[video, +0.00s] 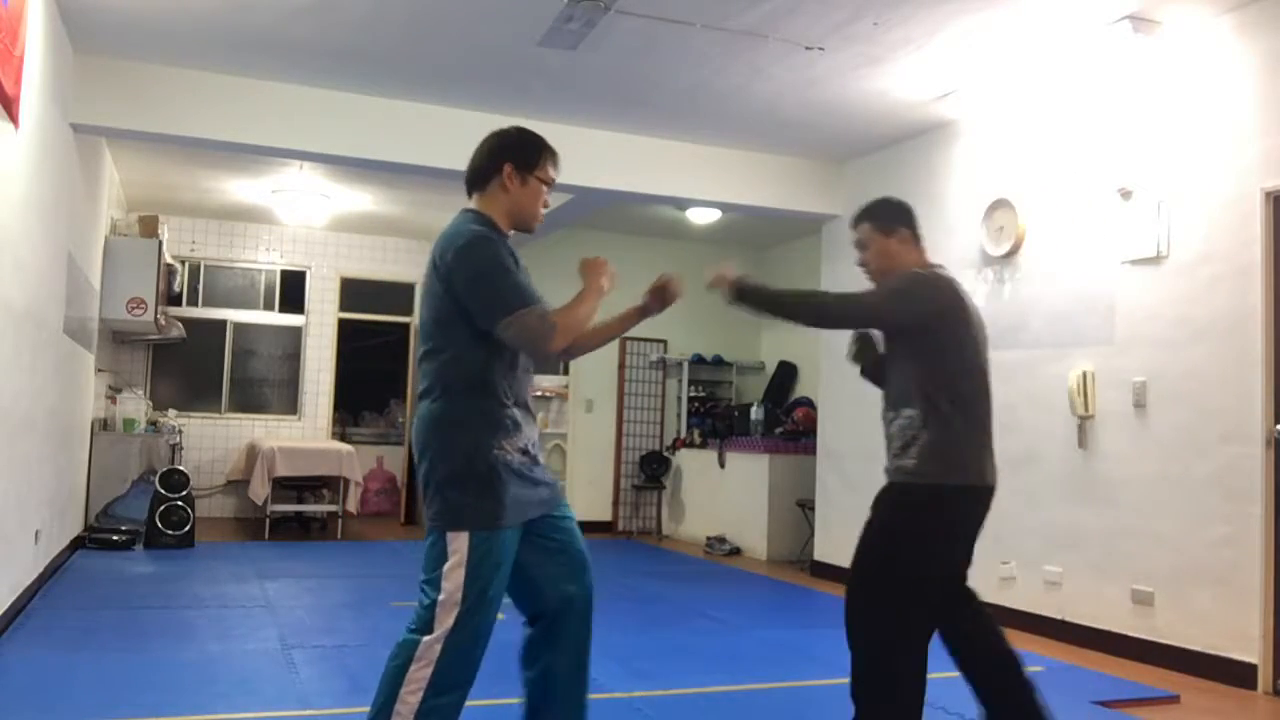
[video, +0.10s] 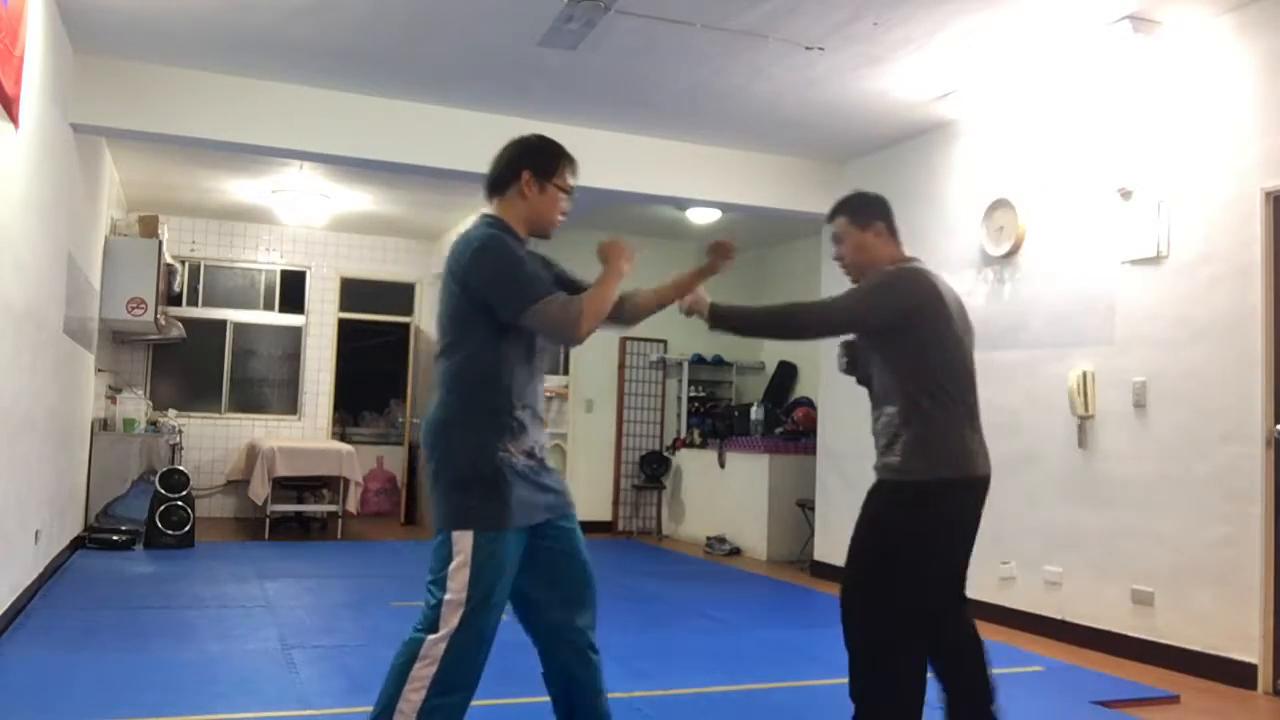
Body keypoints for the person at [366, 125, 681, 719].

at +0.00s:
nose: (549, 200)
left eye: (552, 188)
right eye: (545, 184)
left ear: (506, 180)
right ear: (509, 175)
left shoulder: (494, 249)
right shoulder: (473, 242)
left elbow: (559, 346)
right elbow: (543, 337)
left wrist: (640, 310)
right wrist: (593, 289)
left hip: (518, 464)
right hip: (472, 465)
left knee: (566, 600)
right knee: (450, 627)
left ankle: (555, 715)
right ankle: (398, 718)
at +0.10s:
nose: (568, 206)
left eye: (571, 194)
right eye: (563, 191)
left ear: (528, 187)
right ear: (527, 183)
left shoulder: (531, 262)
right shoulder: (484, 249)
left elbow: (616, 309)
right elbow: (572, 323)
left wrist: (696, 273)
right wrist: (614, 272)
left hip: (529, 464)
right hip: (479, 465)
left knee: (568, 622)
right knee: (454, 630)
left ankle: (587, 716)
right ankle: (399, 716)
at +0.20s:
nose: (594, 212)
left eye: (596, 200)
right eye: (588, 197)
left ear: (556, 193)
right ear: (552, 189)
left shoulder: (563, 269)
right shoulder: (502, 251)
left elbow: (656, 299)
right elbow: (581, 319)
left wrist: (738, 265)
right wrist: (628, 271)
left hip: (550, 468)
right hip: (492, 466)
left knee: (582, 619)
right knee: (469, 621)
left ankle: (595, 714)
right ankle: (408, 716)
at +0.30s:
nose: (609, 219)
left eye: (612, 208)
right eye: (604, 204)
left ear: (573, 199)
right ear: (567, 194)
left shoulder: (582, 273)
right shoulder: (515, 253)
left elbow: (668, 306)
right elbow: (588, 320)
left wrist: (745, 272)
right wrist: (639, 274)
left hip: (567, 468)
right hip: (506, 467)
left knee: (597, 615)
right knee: (484, 621)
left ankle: (599, 714)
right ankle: (430, 715)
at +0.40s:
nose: (614, 222)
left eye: (617, 210)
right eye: (610, 206)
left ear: (578, 201)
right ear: (573, 196)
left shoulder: (588, 275)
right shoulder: (521, 255)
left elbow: (672, 308)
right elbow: (594, 321)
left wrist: (748, 273)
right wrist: (647, 277)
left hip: (572, 467)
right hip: (510, 466)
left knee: (604, 601)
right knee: (497, 614)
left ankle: (598, 713)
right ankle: (441, 714)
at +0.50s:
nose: (614, 224)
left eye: (618, 212)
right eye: (610, 208)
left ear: (578, 202)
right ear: (573, 197)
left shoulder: (586, 275)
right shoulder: (521, 256)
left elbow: (670, 307)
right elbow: (596, 323)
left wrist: (746, 271)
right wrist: (647, 278)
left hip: (572, 467)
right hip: (513, 468)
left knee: (608, 599)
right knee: (493, 620)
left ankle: (599, 714)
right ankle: (440, 716)